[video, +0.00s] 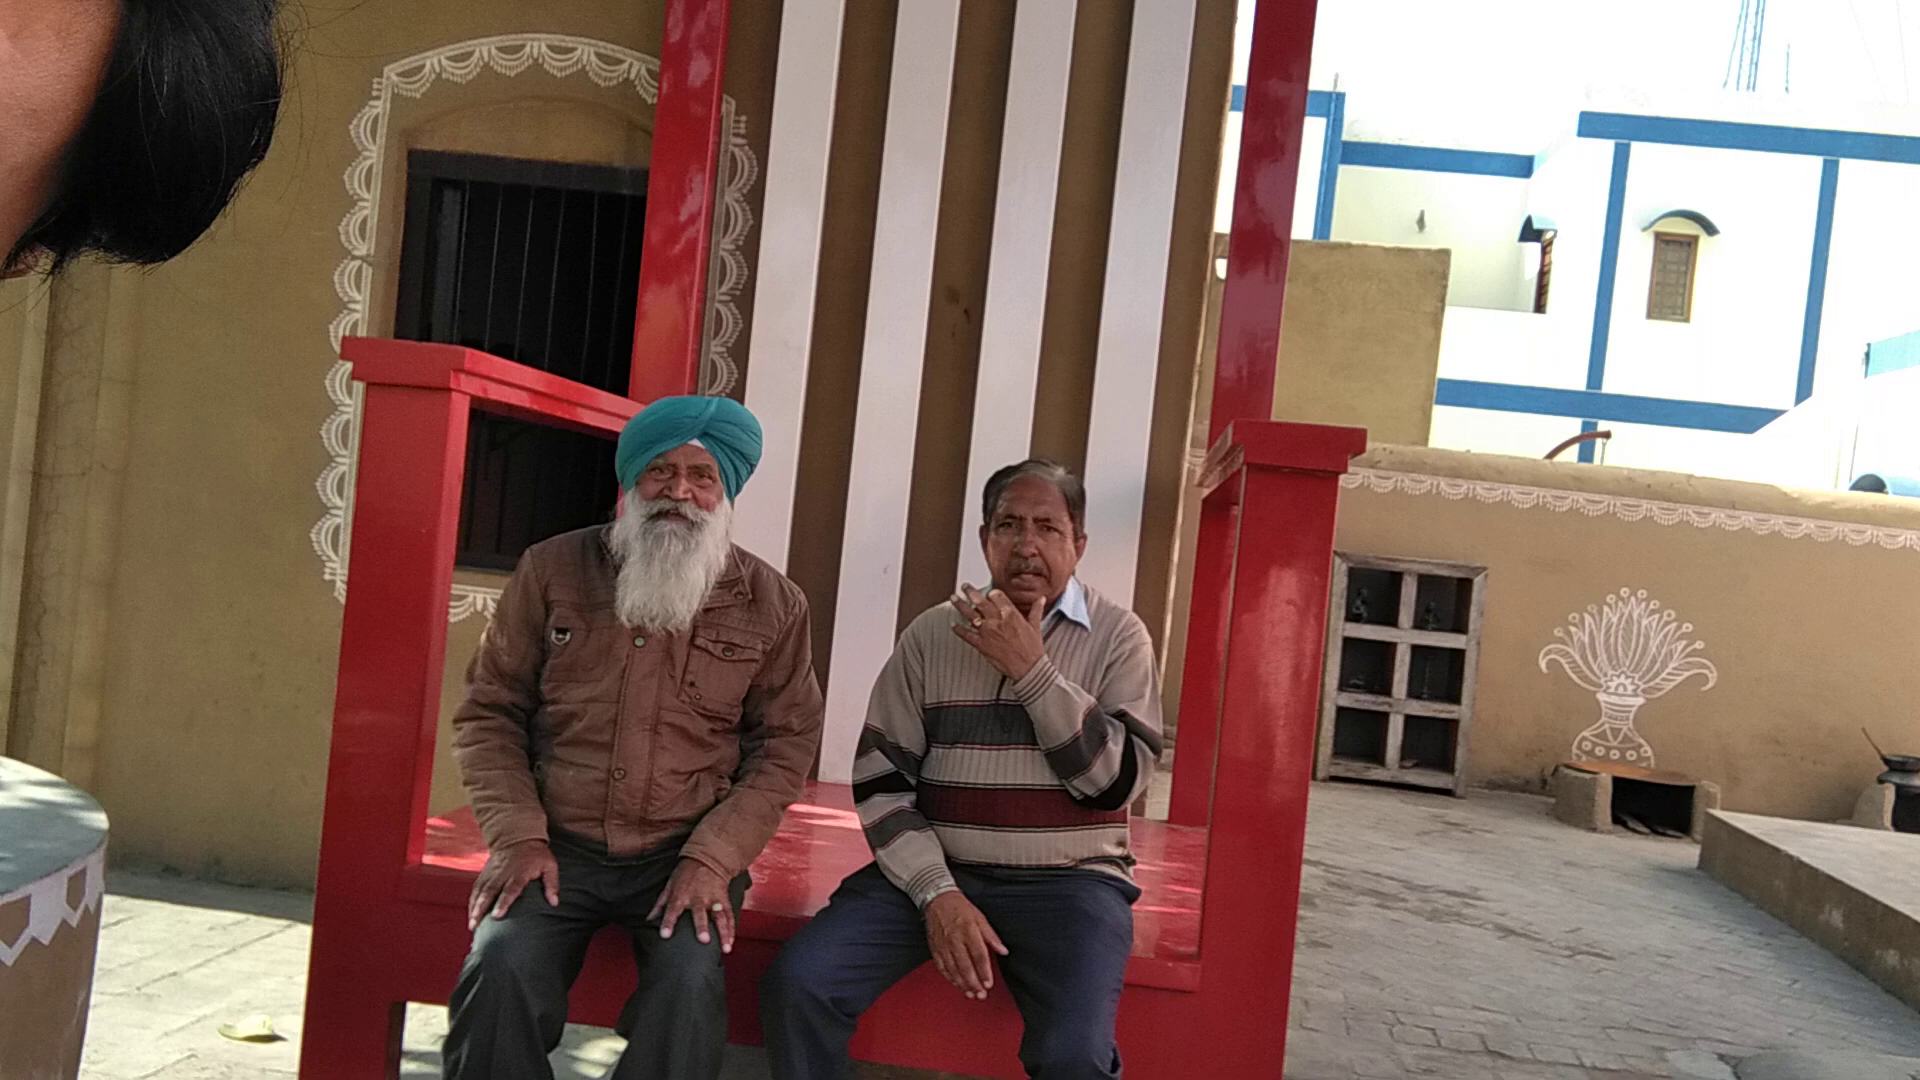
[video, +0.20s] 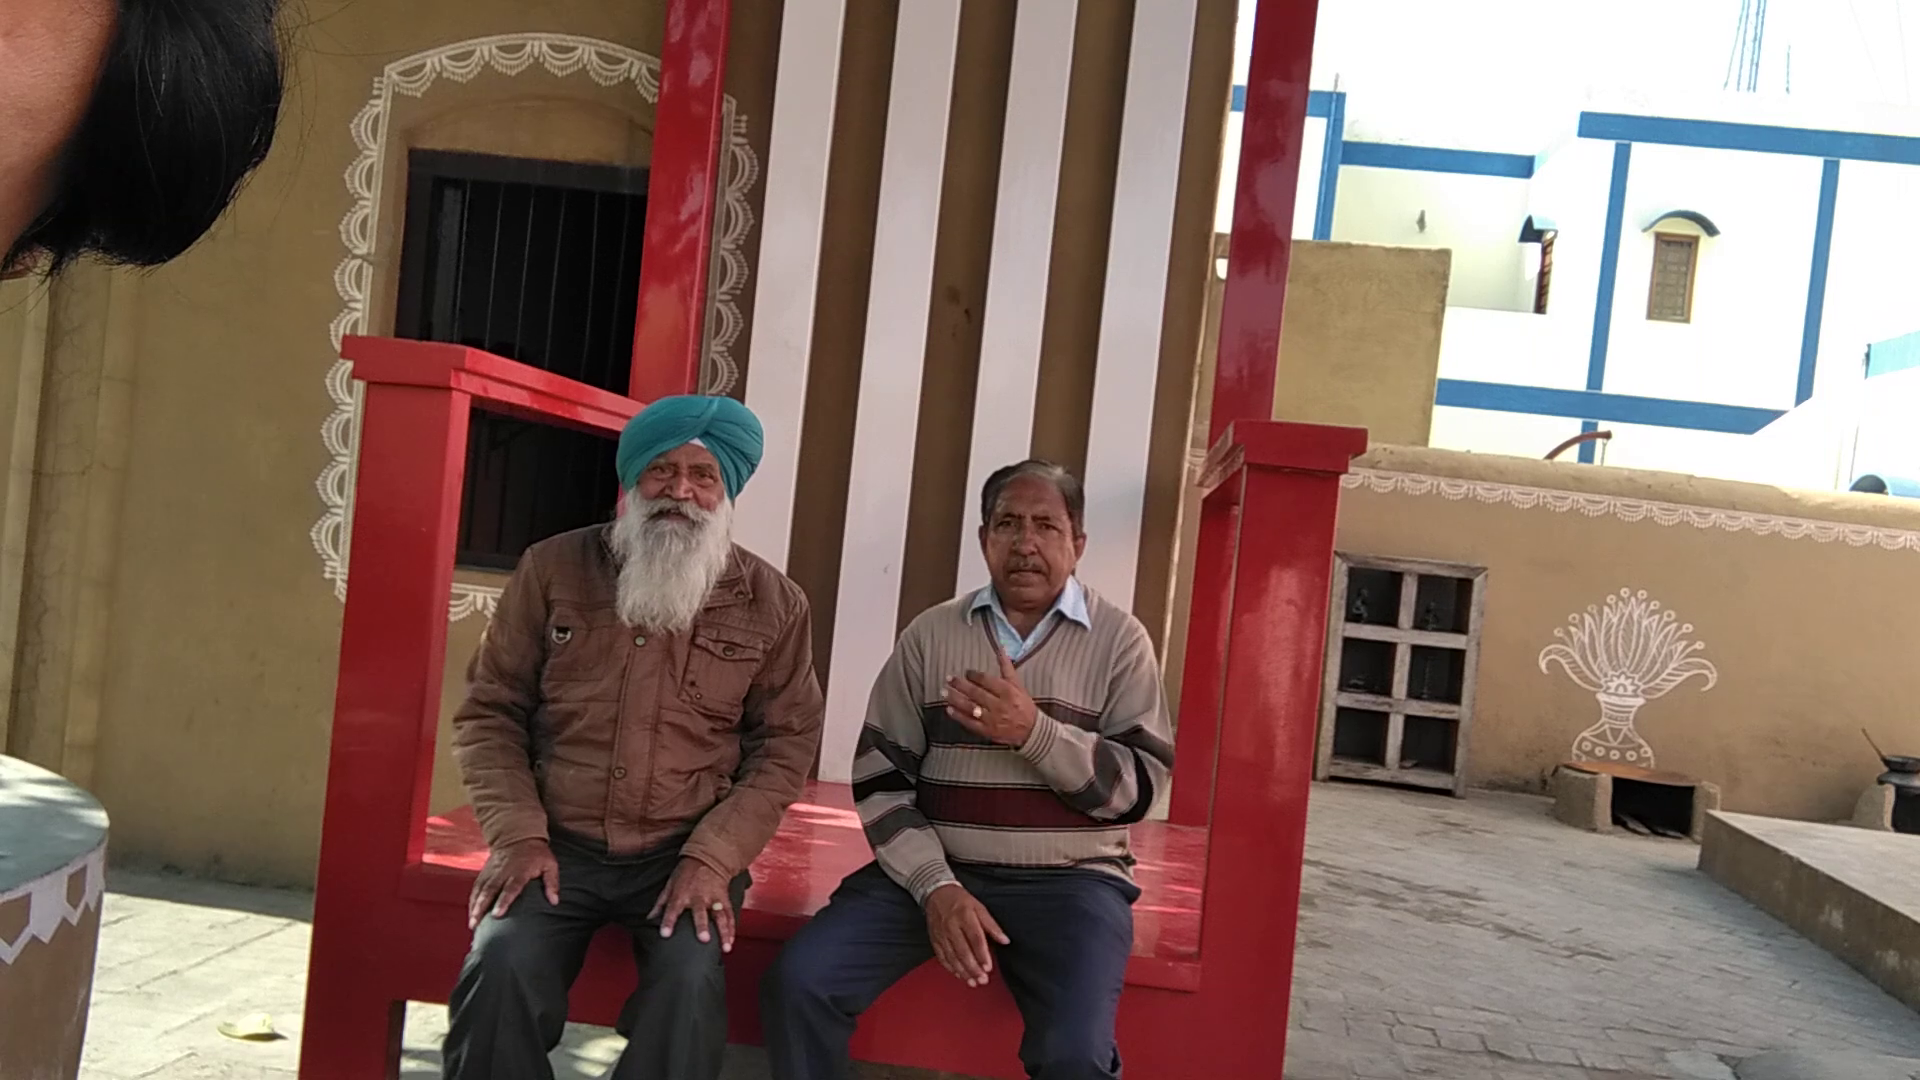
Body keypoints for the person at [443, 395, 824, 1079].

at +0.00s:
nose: (680, 491)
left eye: (702, 475)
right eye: (662, 471)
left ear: (727, 497)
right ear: (627, 489)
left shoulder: (772, 604)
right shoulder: (553, 570)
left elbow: (786, 750)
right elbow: (489, 709)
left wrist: (713, 857)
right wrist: (515, 832)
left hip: (685, 864)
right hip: (554, 854)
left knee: (690, 979)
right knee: (501, 968)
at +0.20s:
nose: (681, 490)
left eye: (703, 475)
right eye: (663, 471)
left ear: (728, 497)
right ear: (628, 487)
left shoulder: (773, 604)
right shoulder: (554, 569)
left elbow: (787, 749)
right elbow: (489, 709)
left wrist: (714, 856)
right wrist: (516, 831)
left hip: (685, 864)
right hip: (554, 853)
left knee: (690, 978)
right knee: (501, 965)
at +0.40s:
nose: (682, 490)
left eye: (704, 474)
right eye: (664, 471)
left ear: (729, 495)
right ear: (631, 485)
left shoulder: (773, 603)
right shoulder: (555, 569)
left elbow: (787, 749)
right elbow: (490, 708)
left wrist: (714, 856)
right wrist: (516, 831)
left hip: (685, 864)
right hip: (555, 853)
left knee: (689, 979)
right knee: (500, 967)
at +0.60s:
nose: (683, 491)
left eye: (705, 476)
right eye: (665, 472)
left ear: (730, 497)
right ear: (632, 487)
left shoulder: (774, 604)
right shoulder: (556, 569)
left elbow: (788, 750)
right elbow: (490, 708)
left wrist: (714, 856)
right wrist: (516, 831)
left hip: (685, 864)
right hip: (554, 853)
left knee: (690, 978)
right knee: (499, 966)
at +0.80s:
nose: (683, 486)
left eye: (705, 472)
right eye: (666, 467)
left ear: (729, 492)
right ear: (632, 482)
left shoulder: (775, 600)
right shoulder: (555, 565)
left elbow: (787, 747)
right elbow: (490, 706)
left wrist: (714, 853)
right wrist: (517, 828)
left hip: (685, 860)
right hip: (555, 848)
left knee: (690, 974)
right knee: (500, 960)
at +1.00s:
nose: (683, 486)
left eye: (705, 471)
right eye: (665, 467)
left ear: (729, 491)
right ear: (631, 481)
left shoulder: (775, 600)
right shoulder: (555, 564)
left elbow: (787, 746)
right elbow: (490, 706)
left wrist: (713, 852)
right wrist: (518, 828)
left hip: (685, 860)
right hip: (556, 849)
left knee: (690, 973)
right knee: (501, 959)